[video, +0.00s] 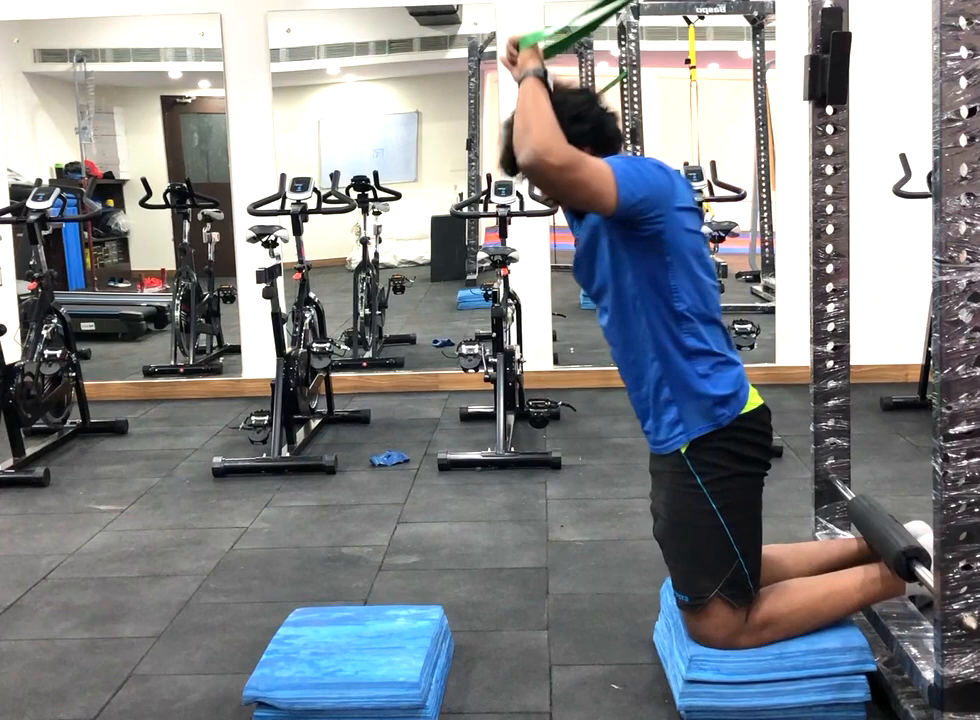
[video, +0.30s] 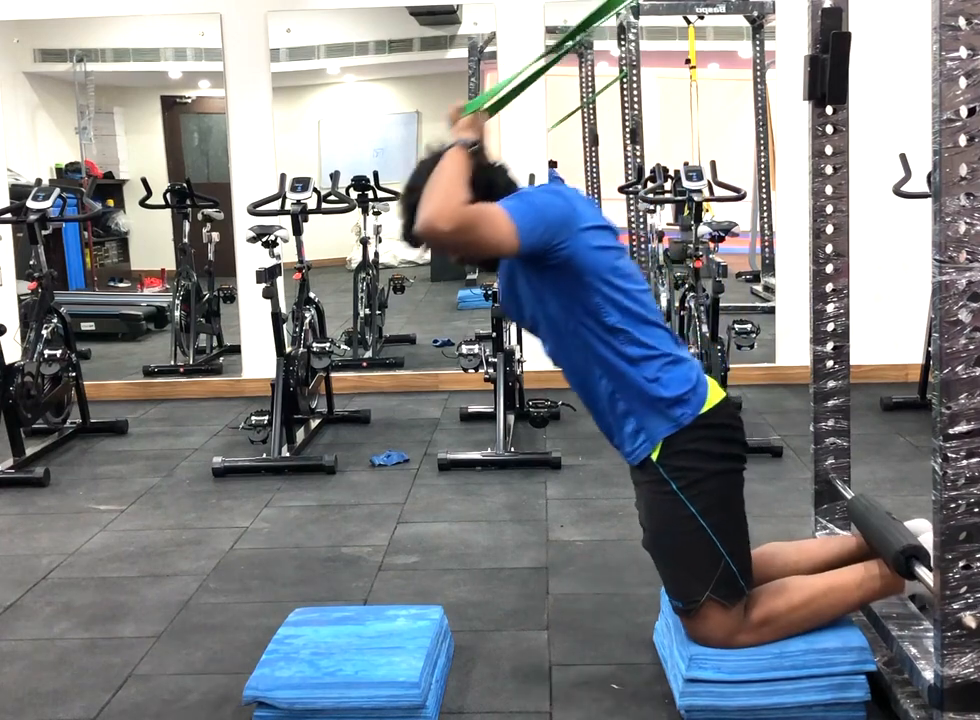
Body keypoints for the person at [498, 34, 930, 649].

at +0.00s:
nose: (534, 189)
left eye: (534, 170)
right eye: (525, 176)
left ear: (569, 149)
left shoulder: (648, 184)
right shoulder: (602, 211)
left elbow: (544, 158)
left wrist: (528, 73)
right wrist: (526, 79)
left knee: (722, 624)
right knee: (718, 582)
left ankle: (898, 577)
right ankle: (873, 545)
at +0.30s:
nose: (438, 228)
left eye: (442, 213)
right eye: (432, 219)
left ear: (477, 196)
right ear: (482, 201)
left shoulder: (551, 207)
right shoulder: (524, 254)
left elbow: (437, 223)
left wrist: (460, 146)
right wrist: (461, 147)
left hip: (683, 431)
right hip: (660, 438)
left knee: (721, 624)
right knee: (718, 585)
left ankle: (903, 572)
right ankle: (869, 542)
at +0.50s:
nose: (382, 299)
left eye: (379, 280)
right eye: (373, 283)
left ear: (399, 263)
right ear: (420, 243)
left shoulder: (483, 249)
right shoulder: (467, 291)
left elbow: (365, 285)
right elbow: (380, 281)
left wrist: (372, 201)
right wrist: (380, 204)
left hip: (663, 439)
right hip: (645, 444)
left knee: (720, 626)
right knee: (718, 586)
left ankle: (902, 571)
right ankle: (865, 539)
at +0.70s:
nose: (343, 369)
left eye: (339, 352)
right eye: (336, 354)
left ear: (352, 323)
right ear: (364, 309)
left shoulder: (426, 301)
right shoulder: (419, 311)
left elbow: (308, 362)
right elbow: (323, 362)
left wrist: (294, 279)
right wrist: (310, 285)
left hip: (639, 448)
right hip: (626, 446)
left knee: (722, 631)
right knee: (709, 589)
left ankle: (900, 568)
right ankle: (865, 539)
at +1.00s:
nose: (286, 441)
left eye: (279, 430)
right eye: (280, 432)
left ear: (295, 407)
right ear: (304, 374)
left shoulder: (359, 376)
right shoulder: (368, 371)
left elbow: (248, 462)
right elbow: (274, 457)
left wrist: (217, 386)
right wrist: (239, 386)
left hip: (601, 467)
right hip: (596, 457)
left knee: (723, 631)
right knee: (707, 594)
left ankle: (903, 568)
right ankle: (860, 535)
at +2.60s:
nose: (344, 351)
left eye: (340, 338)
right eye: (337, 339)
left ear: (361, 317)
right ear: (377, 302)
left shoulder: (437, 302)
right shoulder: (438, 299)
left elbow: (329, 376)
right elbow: (342, 370)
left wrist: (259, 322)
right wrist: (276, 322)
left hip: (651, 442)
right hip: (653, 423)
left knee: (724, 622)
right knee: (727, 578)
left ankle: (896, 569)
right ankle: (861, 537)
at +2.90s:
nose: (433, 273)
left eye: (433, 261)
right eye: (422, 262)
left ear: (457, 234)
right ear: (469, 220)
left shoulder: (530, 235)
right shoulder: (525, 239)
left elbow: (412, 283)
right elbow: (420, 272)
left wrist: (339, 219)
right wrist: (355, 225)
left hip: (698, 437)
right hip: (692, 427)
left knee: (726, 624)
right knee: (730, 573)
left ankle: (903, 570)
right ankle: (865, 542)